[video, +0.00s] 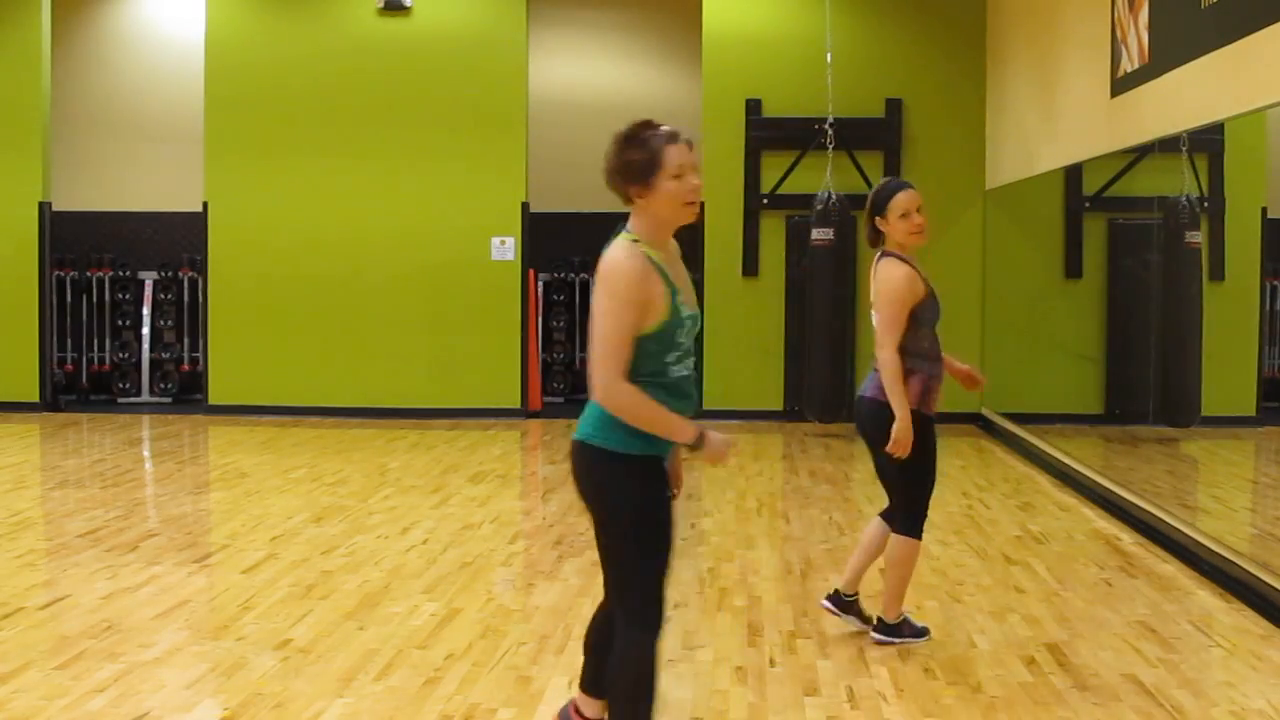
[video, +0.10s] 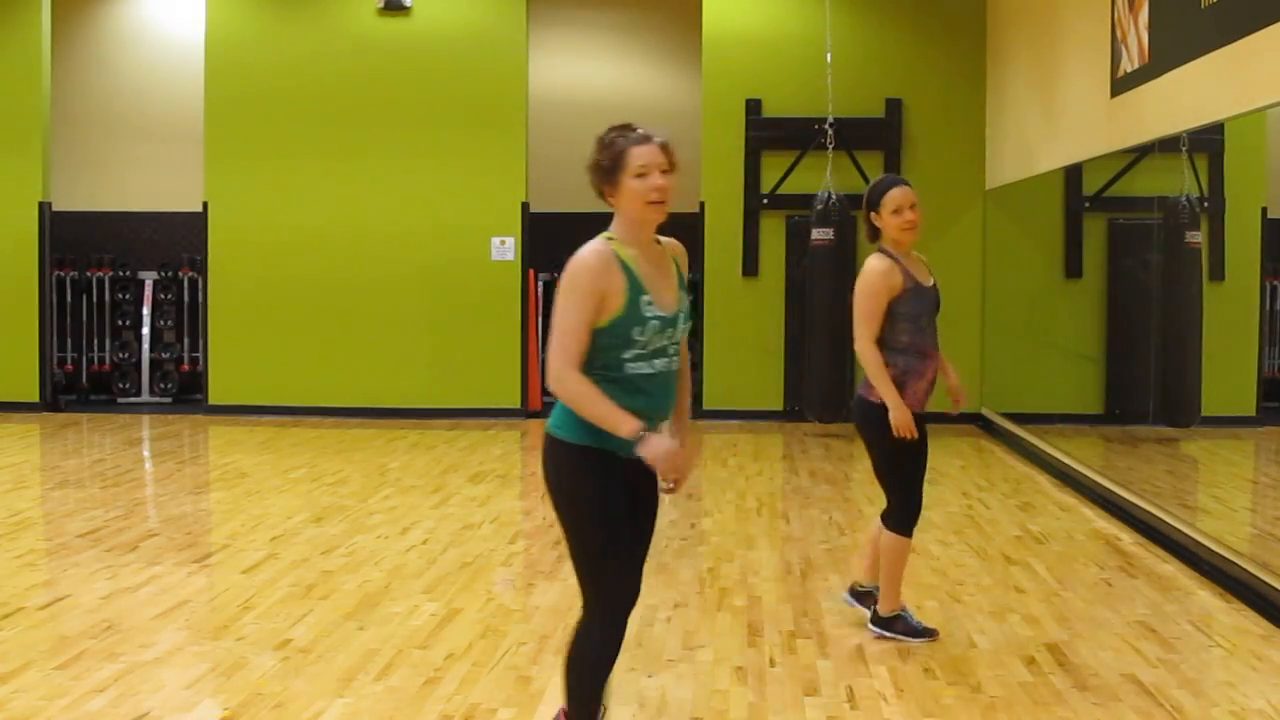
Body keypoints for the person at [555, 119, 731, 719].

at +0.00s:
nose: (697, 185)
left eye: (697, 172)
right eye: (682, 175)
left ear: (691, 176)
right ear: (641, 187)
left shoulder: (667, 250)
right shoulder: (624, 263)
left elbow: (663, 364)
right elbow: (606, 385)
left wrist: (671, 449)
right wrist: (692, 433)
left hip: (646, 453)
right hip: (616, 456)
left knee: (630, 594)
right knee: (640, 613)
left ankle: (589, 703)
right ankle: (628, 712)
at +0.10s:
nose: (659, 185)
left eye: (665, 173)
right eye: (643, 175)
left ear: (674, 181)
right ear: (610, 188)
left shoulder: (673, 255)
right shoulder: (592, 264)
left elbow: (678, 352)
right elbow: (560, 374)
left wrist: (681, 432)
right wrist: (639, 434)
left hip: (639, 452)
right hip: (584, 452)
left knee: (621, 598)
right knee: (608, 604)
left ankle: (580, 707)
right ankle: (579, 712)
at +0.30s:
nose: (610, 192)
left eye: (619, 181)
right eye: (595, 181)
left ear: (629, 192)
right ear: (569, 193)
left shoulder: (644, 269)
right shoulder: (540, 266)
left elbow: (675, 358)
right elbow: (500, 361)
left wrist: (708, 439)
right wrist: (523, 427)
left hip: (608, 456)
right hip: (539, 457)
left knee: (604, 592)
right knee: (544, 588)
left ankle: (578, 711)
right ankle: (504, 675)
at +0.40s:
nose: (586, 199)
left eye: (594, 189)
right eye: (572, 189)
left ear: (606, 199)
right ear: (547, 201)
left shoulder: (621, 274)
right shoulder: (519, 270)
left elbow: (660, 365)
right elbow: (476, 362)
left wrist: (704, 442)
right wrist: (481, 439)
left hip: (587, 453)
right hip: (517, 454)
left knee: (590, 590)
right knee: (520, 579)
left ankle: (582, 711)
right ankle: (492, 675)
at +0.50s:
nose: (565, 207)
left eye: (574, 197)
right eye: (552, 196)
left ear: (584, 208)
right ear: (525, 207)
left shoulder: (598, 280)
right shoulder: (496, 277)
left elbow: (634, 369)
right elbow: (457, 368)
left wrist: (677, 442)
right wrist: (446, 457)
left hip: (568, 448)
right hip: (499, 450)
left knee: (581, 578)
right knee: (504, 575)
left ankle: (591, 707)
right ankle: (490, 682)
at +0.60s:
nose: (557, 211)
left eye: (563, 201)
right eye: (545, 200)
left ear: (568, 208)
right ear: (513, 207)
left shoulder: (582, 275)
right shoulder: (479, 278)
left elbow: (606, 365)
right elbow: (444, 371)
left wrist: (630, 445)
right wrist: (420, 455)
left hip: (557, 447)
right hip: (487, 447)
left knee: (570, 572)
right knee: (497, 574)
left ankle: (566, 692)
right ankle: (491, 685)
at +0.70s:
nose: (560, 211)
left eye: (559, 200)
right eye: (548, 202)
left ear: (548, 206)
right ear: (511, 209)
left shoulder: (573, 271)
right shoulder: (469, 276)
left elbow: (590, 361)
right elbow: (436, 365)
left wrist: (575, 440)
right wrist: (409, 446)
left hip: (549, 443)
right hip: (481, 442)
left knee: (552, 567)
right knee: (491, 567)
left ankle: (536, 656)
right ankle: (490, 682)